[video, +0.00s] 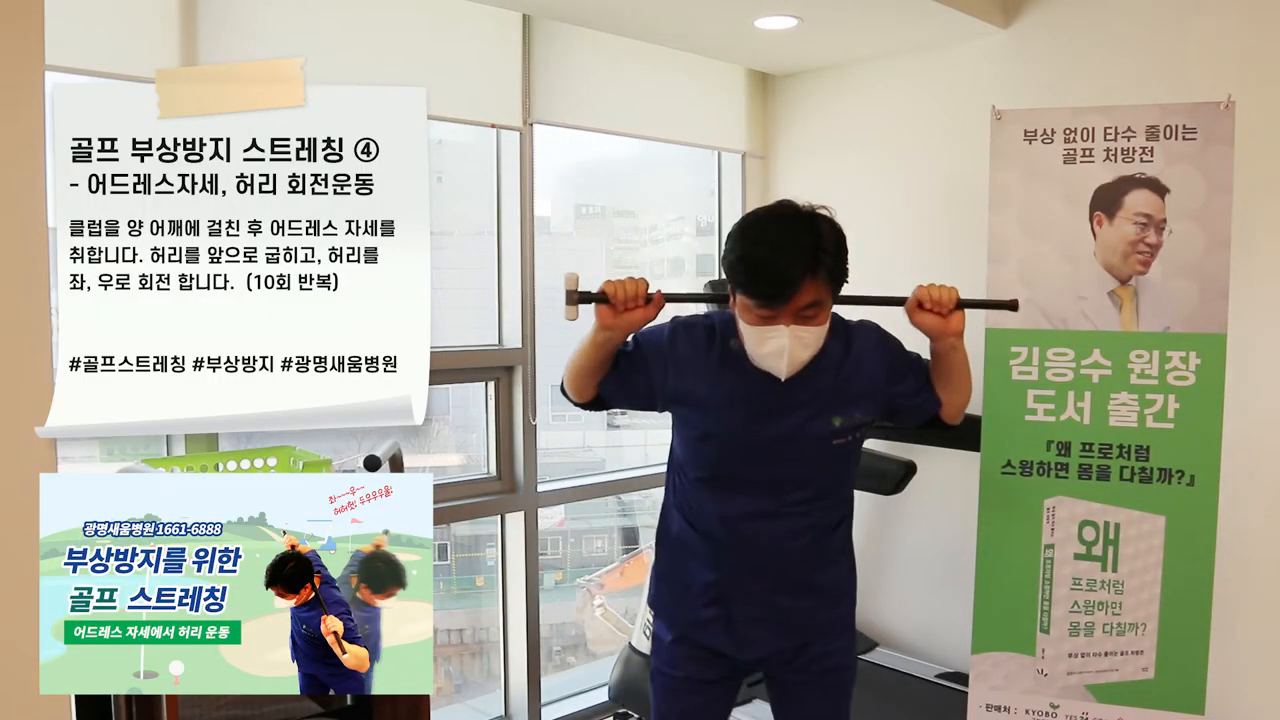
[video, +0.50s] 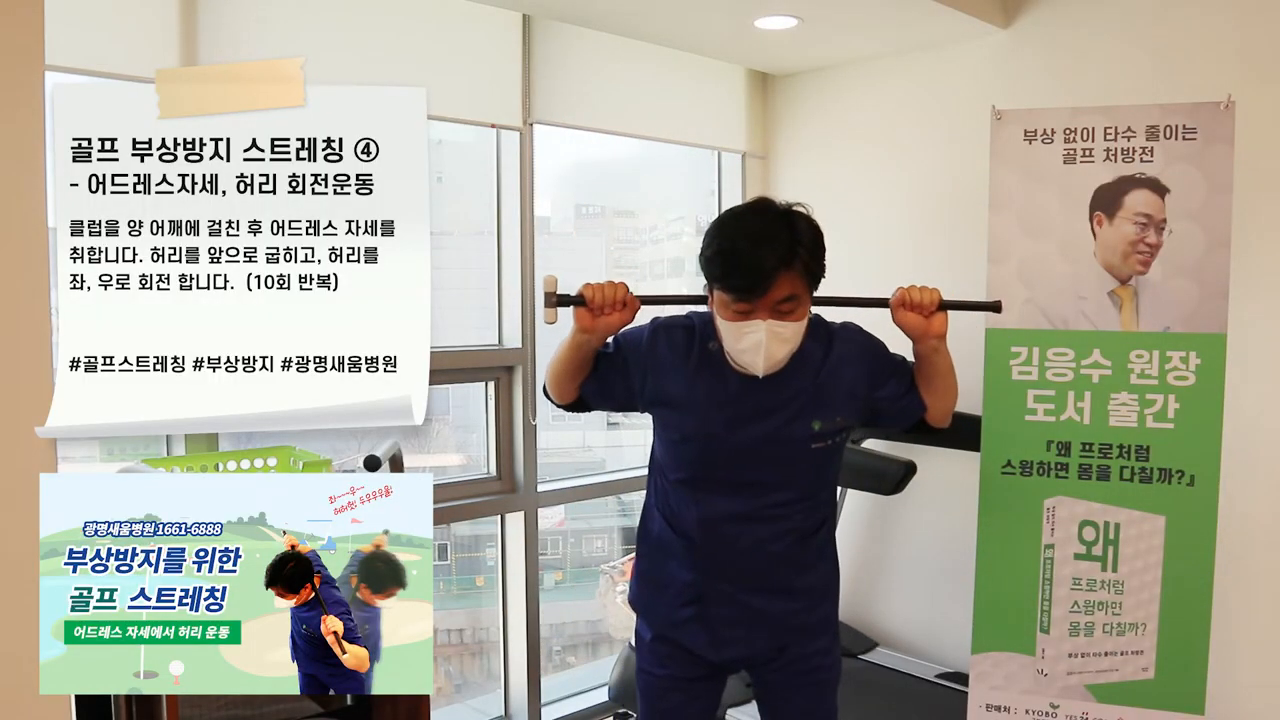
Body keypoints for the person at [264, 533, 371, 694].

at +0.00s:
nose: (278, 599)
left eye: (283, 596)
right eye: (276, 594)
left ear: (306, 590)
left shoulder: (334, 607)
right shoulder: (312, 570)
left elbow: (363, 665)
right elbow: (308, 552)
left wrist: (335, 642)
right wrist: (296, 547)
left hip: (344, 673)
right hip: (310, 667)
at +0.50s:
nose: (278, 599)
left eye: (283, 596)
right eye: (276, 594)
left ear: (306, 590)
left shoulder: (334, 607)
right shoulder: (312, 570)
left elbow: (363, 665)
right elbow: (308, 552)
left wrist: (335, 642)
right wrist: (297, 547)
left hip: (344, 673)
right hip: (310, 667)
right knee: (312, 713)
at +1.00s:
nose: (278, 599)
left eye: (283, 596)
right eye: (276, 594)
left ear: (306, 590)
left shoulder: (334, 607)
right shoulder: (312, 570)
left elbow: (363, 665)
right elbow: (308, 552)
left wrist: (335, 642)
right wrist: (297, 547)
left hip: (344, 673)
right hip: (310, 667)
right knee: (312, 714)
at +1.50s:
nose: (278, 599)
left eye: (283, 596)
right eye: (276, 594)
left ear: (306, 590)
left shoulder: (334, 607)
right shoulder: (312, 570)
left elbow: (363, 665)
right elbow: (308, 552)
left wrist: (335, 642)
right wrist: (297, 547)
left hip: (344, 673)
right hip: (310, 667)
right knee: (312, 714)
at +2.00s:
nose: (278, 599)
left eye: (283, 595)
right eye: (276, 593)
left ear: (306, 589)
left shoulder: (334, 608)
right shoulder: (311, 569)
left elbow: (363, 665)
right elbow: (308, 552)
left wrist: (335, 642)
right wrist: (296, 547)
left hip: (344, 672)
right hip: (310, 666)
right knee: (312, 713)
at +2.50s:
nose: (278, 599)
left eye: (283, 595)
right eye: (276, 593)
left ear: (306, 589)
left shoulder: (334, 608)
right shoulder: (311, 569)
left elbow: (363, 665)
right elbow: (308, 552)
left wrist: (335, 642)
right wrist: (296, 547)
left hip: (344, 672)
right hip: (310, 666)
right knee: (312, 713)